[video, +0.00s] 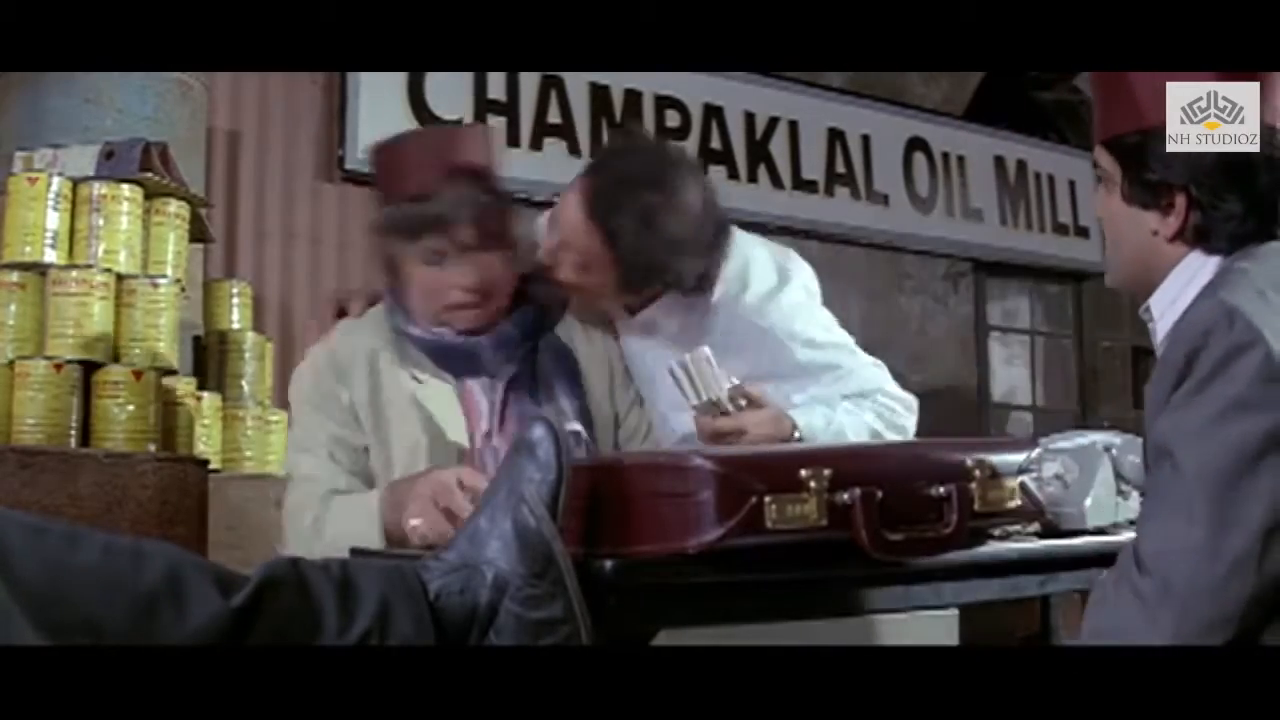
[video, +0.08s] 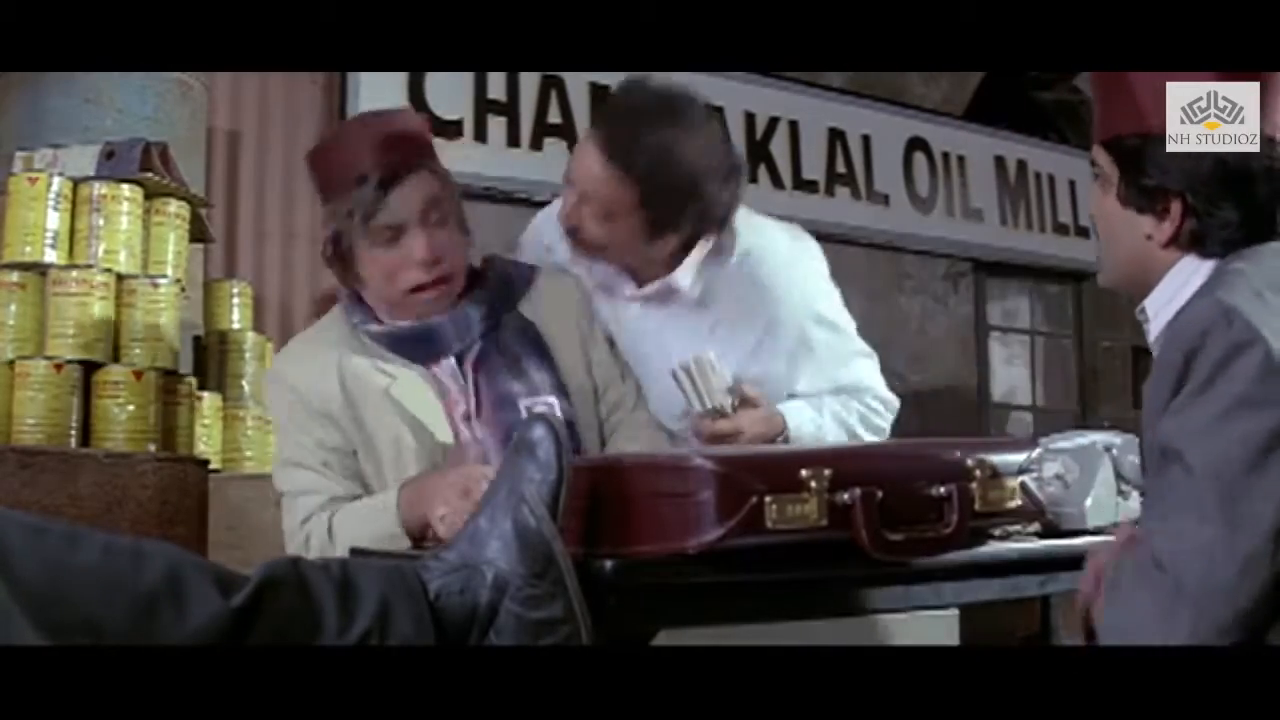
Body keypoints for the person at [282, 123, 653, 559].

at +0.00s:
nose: (469, 280)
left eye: (486, 251)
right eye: (436, 259)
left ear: (515, 253)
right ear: (392, 264)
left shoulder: (586, 351)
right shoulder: (338, 370)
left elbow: (652, 474)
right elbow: (309, 526)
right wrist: (394, 508)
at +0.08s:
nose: (427, 252)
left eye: (438, 219)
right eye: (390, 237)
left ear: (461, 217)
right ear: (344, 255)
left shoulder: (555, 303)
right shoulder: (308, 372)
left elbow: (631, 430)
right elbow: (312, 536)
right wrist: (413, 505)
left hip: (585, 594)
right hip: (428, 622)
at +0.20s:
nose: (466, 217)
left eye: (454, 196)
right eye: (434, 202)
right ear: (363, 244)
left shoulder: (529, 305)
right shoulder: (283, 382)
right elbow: (285, 547)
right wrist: (389, 516)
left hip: (551, 603)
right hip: (399, 625)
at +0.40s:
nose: (485, 209)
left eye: (472, 191)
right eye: (454, 195)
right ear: (384, 241)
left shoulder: (524, 302)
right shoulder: (286, 379)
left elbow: (609, 408)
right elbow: (270, 549)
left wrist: (617, 479)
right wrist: (377, 513)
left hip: (554, 606)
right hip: (405, 627)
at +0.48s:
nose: (456, 232)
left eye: (458, 209)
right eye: (422, 217)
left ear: (468, 209)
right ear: (353, 243)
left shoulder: (526, 302)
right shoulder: (288, 380)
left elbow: (612, 398)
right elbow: (278, 546)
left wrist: (613, 434)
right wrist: (387, 509)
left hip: (560, 593)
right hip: (412, 622)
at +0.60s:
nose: (471, 237)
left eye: (470, 213)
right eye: (439, 222)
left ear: (478, 209)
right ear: (366, 251)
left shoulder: (532, 301)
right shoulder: (297, 382)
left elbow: (655, 424)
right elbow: (289, 541)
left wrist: (607, 420)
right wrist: (394, 506)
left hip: (561, 597)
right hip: (407, 623)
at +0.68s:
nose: (481, 217)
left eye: (467, 198)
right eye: (447, 207)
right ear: (379, 257)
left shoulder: (532, 302)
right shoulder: (294, 387)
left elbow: (637, 429)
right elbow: (290, 550)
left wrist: (587, 455)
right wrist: (394, 509)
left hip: (561, 603)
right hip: (407, 627)